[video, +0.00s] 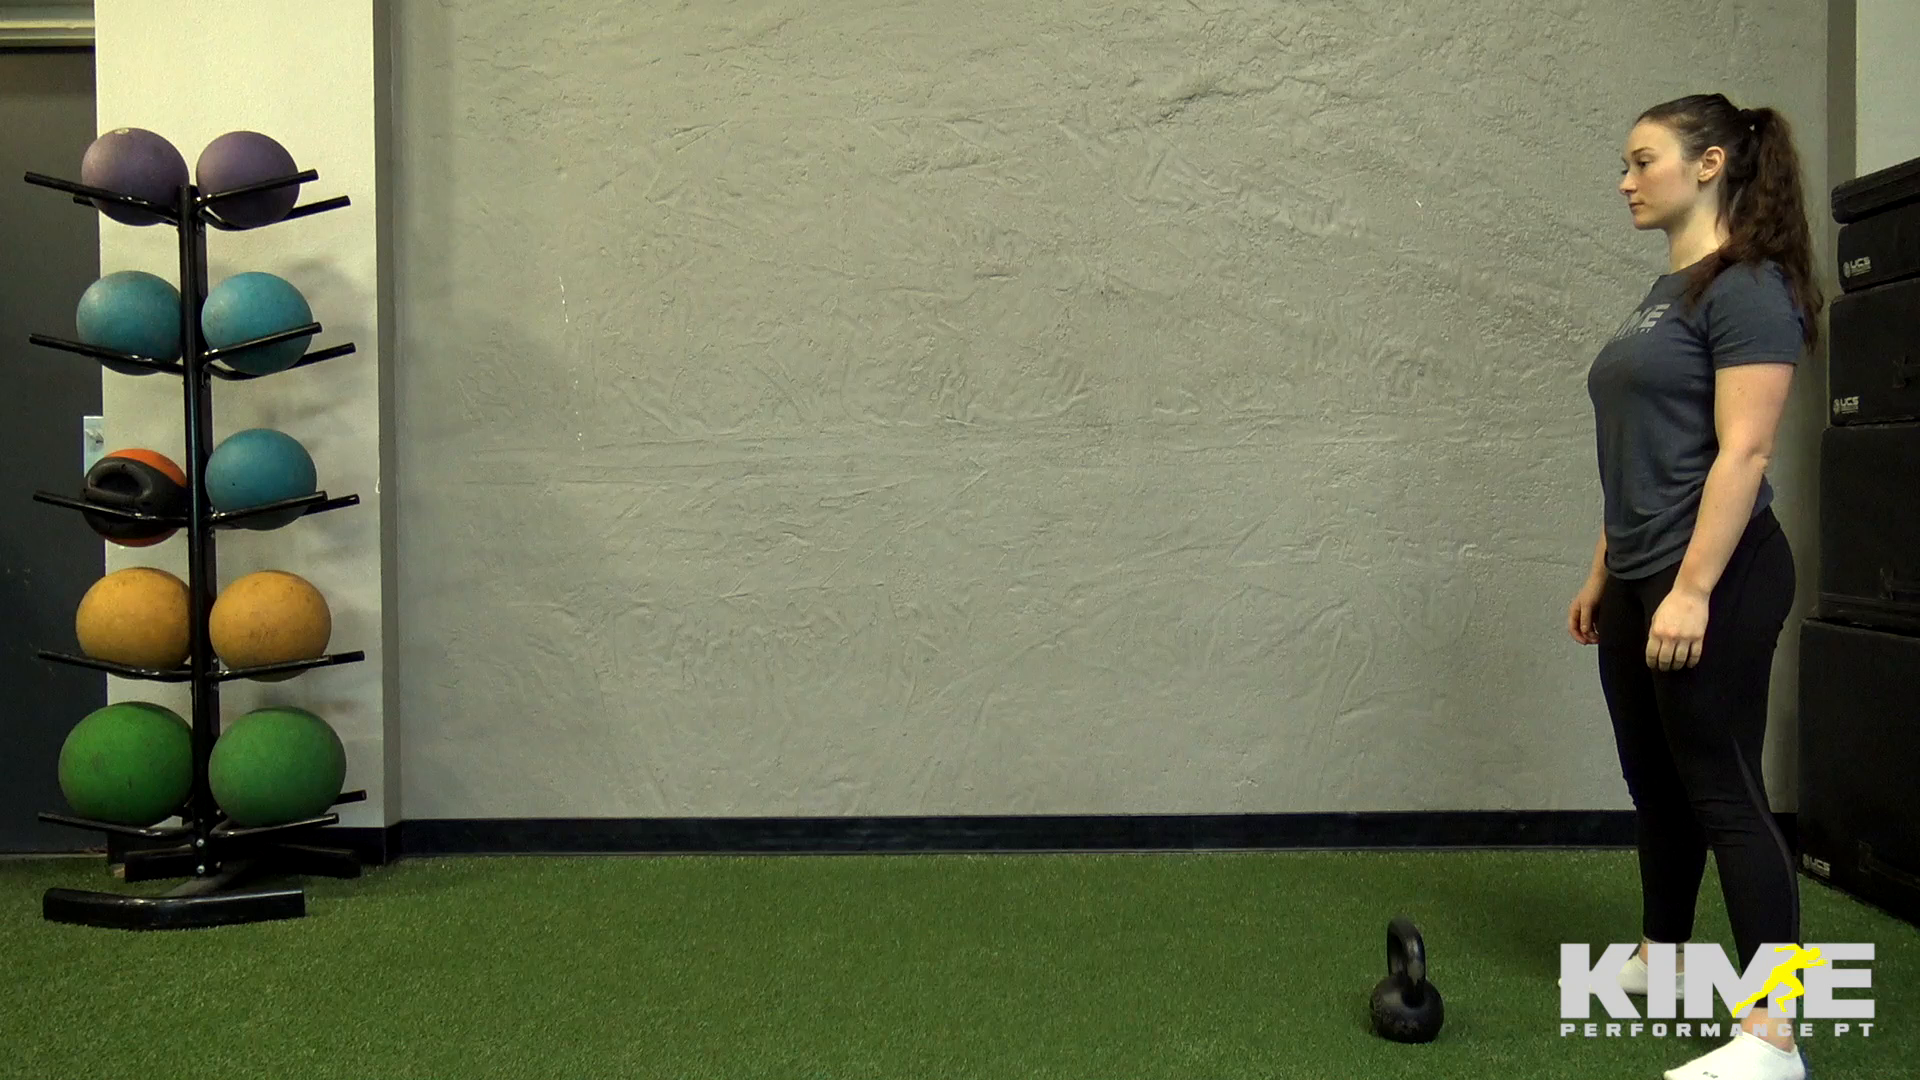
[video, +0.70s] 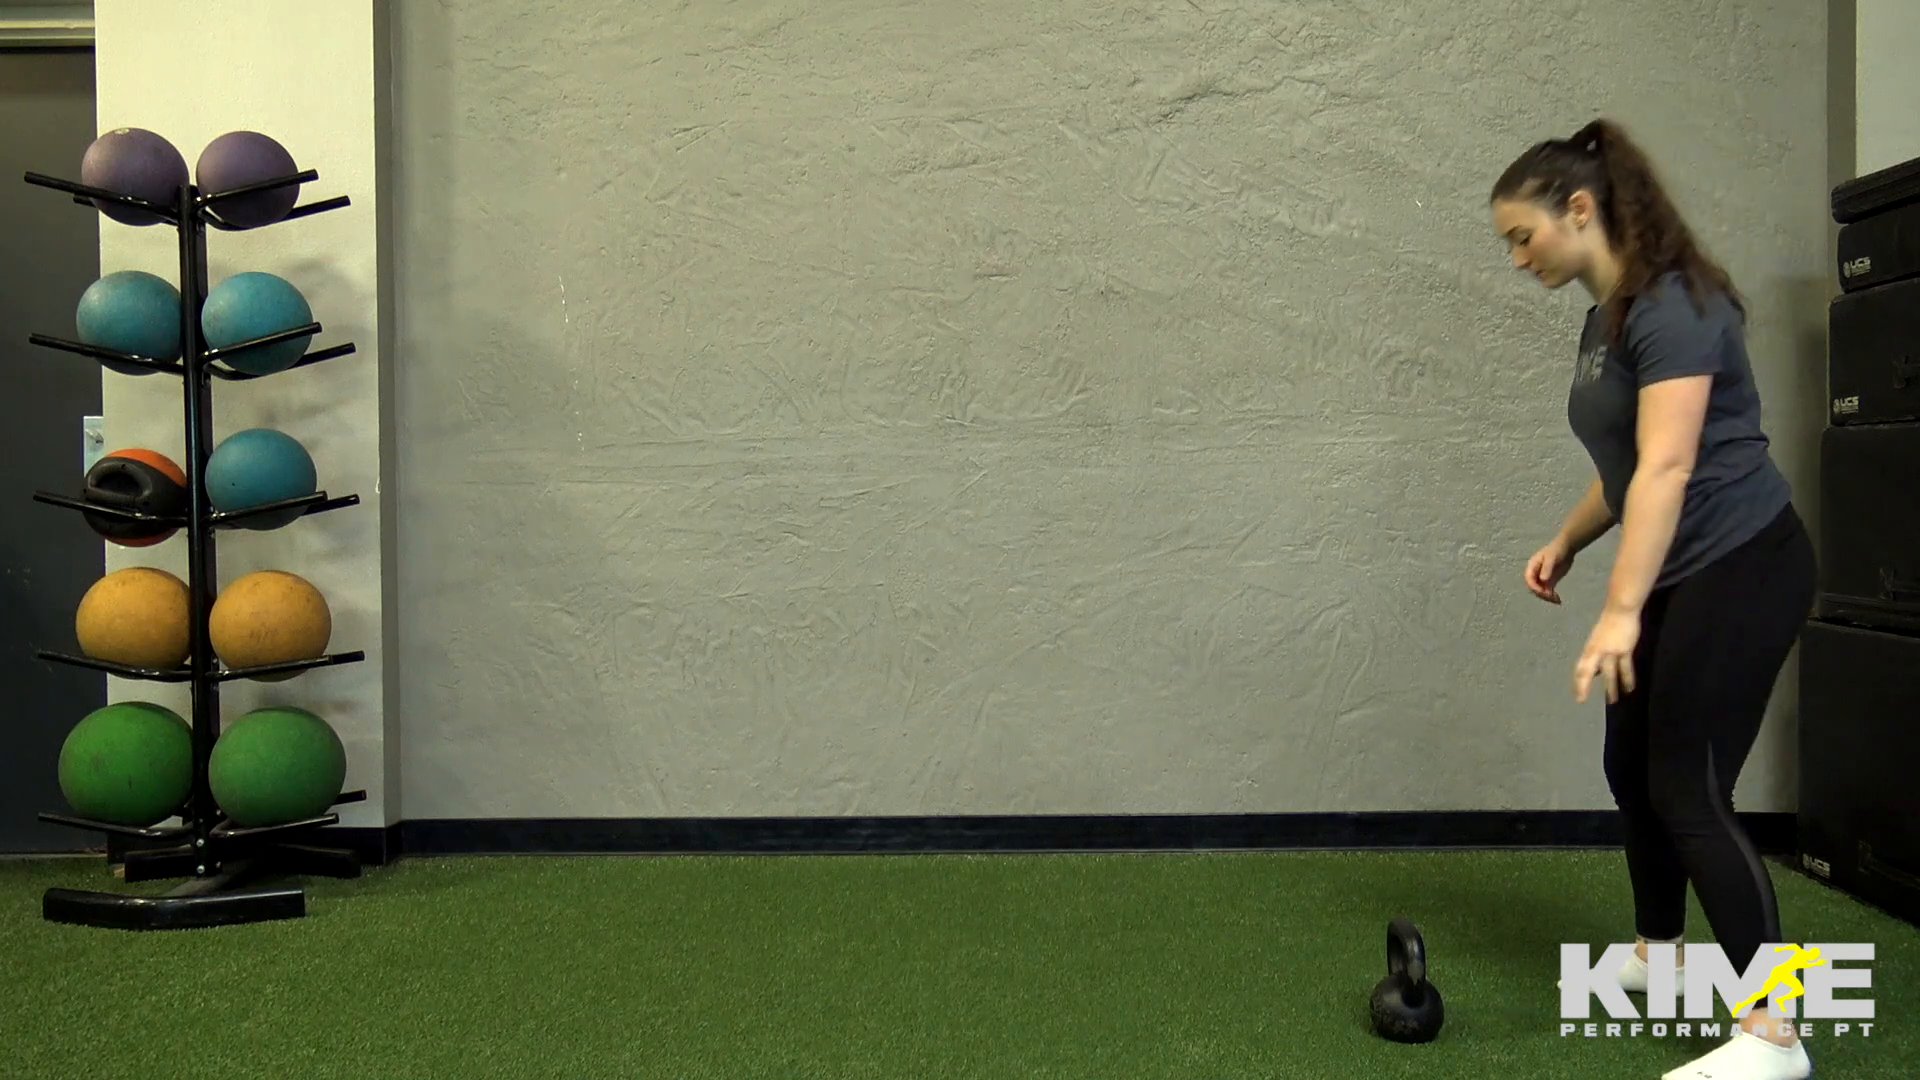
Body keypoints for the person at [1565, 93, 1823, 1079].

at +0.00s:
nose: (1627, 182)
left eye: (1643, 163)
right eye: (1628, 165)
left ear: (1710, 165)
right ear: (1695, 169)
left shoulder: (1746, 288)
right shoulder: (1670, 288)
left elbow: (1746, 453)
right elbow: (1644, 455)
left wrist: (1692, 587)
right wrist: (1603, 570)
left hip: (1719, 572)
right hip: (1642, 575)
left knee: (1726, 796)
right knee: (1660, 790)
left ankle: (1773, 1030)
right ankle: (1660, 975)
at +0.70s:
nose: (1522, 262)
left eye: (1522, 239)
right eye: (1514, 247)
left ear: (1580, 206)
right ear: (1581, 214)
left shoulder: (1674, 308)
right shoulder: (1615, 313)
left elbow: (1669, 470)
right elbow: (1636, 461)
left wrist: (1622, 605)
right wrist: (1565, 540)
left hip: (1743, 562)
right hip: (1678, 564)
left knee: (1684, 780)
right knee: (1632, 763)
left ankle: (1774, 1019)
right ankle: (1657, 962)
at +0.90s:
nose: (1474, 357)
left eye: (1474, 335)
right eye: (1465, 343)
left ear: (1526, 304)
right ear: (1526, 308)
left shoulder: (1626, 383)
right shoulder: (1585, 386)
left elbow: (1599, 559)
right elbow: (1600, 502)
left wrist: (1536, 692)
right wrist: (1556, 555)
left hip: (1805, 587)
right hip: (1724, 597)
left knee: (1704, 792)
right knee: (1628, 765)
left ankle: (1779, 1031)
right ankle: (1659, 958)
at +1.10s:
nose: (1457, 460)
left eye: (1459, 440)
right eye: (1448, 445)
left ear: (1510, 410)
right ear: (1513, 410)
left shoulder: (1605, 483)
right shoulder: (1579, 469)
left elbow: (1550, 666)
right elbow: (1654, 577)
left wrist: (1474, 787)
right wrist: (1554, 618)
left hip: (1829, 629)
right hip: (1746, 630)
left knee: (1690, 806)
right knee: (1602, 771)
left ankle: (1779, 1036)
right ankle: (1657, 963)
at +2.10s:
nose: (1431, 566)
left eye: (1434, 545)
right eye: (1423, 549)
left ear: (1491, 521)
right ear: (1493, 522)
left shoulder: (1583, 600)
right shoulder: (1553, 569)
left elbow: (1546, 796)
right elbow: (1573, 713)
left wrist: (1501, 921)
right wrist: (1507, 678)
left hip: (1837, 671)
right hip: (1759, 665)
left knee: (1677, 816)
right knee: (1590, 776)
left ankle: (1777, 1038)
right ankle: (1655, 955)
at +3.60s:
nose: (1445, 465)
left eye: (1453, 445)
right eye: (1443, 448)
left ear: (1517, 438)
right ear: (1516, 441)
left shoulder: (1600, 526)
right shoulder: (1566, 517)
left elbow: (1619, 710)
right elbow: (1594, 657)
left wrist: (1602, 824)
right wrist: (1511, 616)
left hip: (1829, 648)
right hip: (1754, 652)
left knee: (1688, 810)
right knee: (1586, 772)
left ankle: (1780, 1036)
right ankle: (1649, 962)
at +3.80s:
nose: (1446, 378)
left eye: (1461, 361)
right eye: (1448, 361)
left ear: (1523, 366)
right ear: (1520, 369)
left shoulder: (1587, 467)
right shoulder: (1553, 459)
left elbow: (1669, 630)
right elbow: (1569, 591)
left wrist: (1729, 752)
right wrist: (1501, 556)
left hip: (1805, 613)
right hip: (1728, 617)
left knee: (1699, 809)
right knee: (1596, 771)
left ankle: (1781, 1037)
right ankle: (1656, 962)